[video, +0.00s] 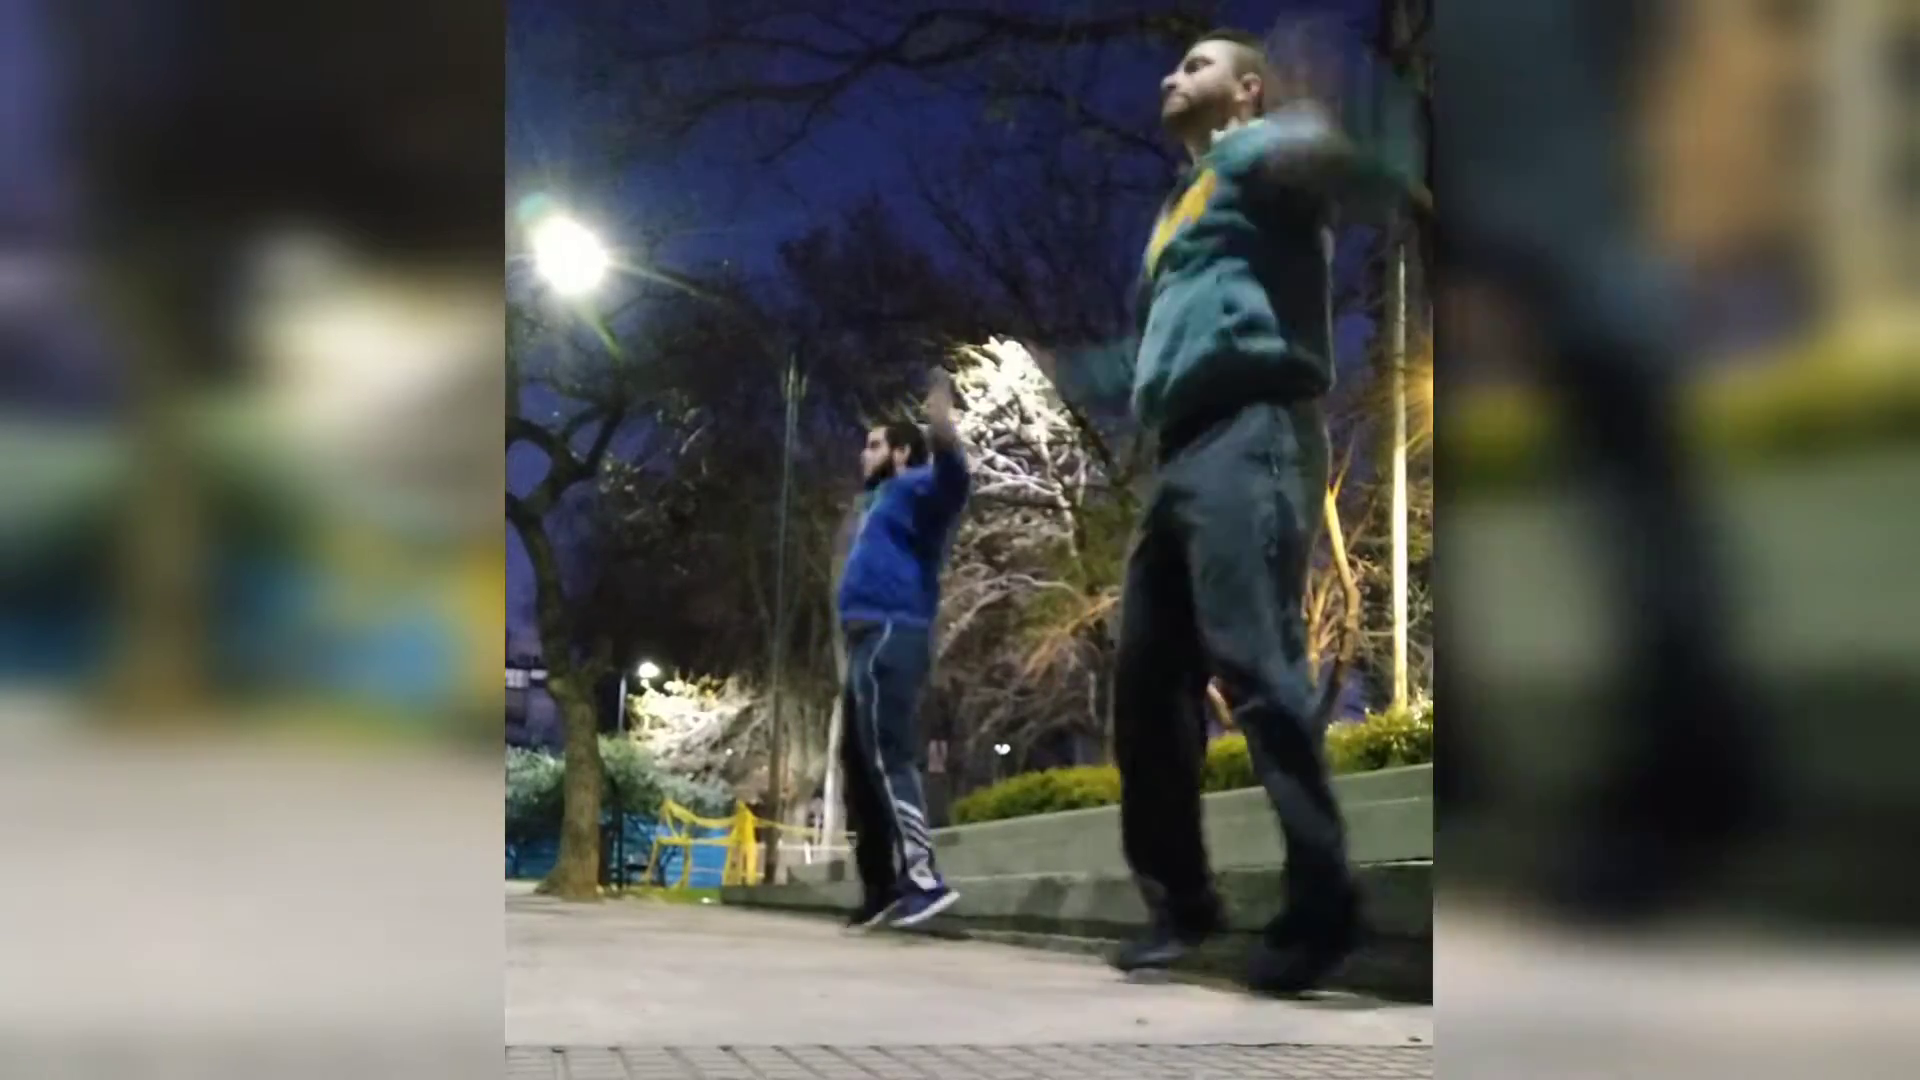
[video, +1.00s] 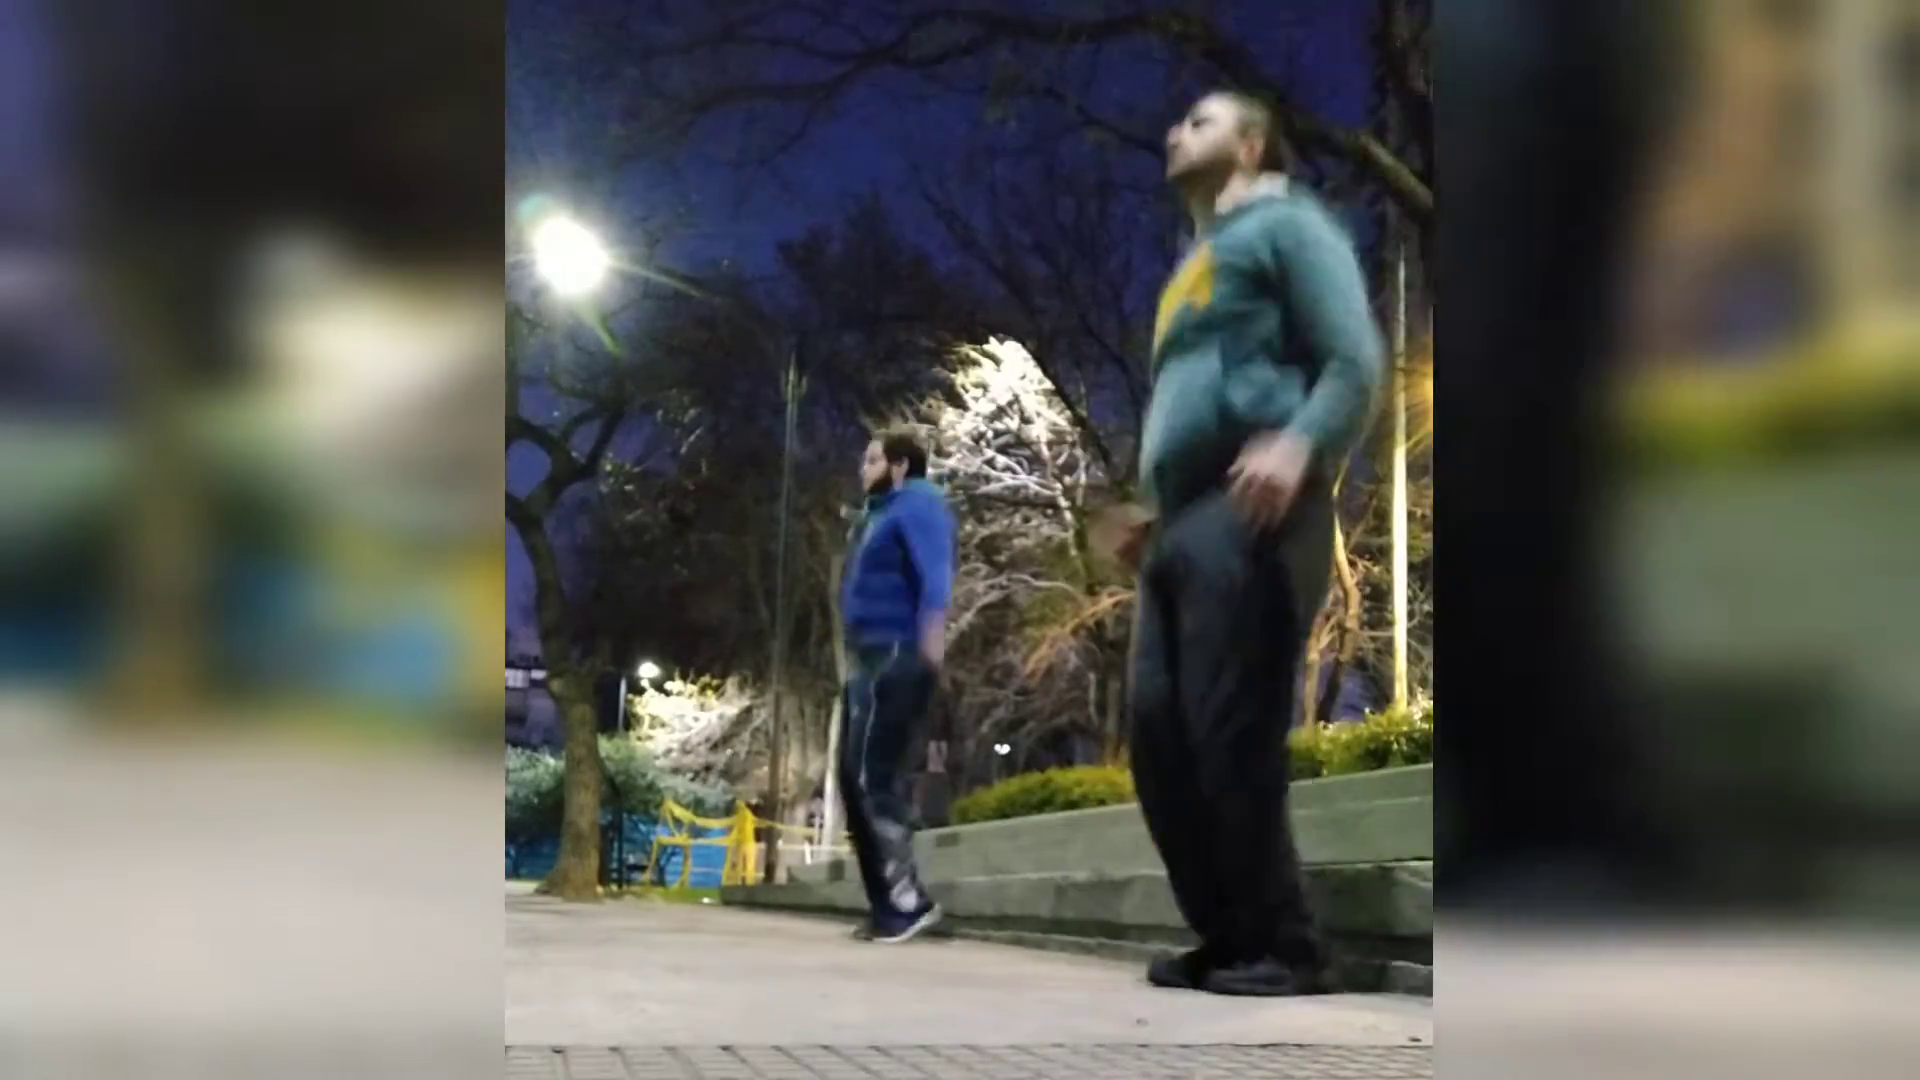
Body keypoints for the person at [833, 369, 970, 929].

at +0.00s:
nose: (863, 453)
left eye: (873, 445)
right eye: (865, 445)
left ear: (901, 451)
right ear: (888, 454)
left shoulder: (919, 488)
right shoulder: (880, 496)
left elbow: (953, 479)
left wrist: (943, 430)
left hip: (895, 629)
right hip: (863, 630)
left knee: (887, 753)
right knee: (860, 761)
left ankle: (922, 881)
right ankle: (880, 886)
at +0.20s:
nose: (857, 482)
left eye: (867, 474)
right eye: (859, 473)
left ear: (894, 480)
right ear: (887, 481)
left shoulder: (912, 524)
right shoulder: (880, 527)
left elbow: (926, 594)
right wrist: (854, 517)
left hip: (893, 670)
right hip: (867, 669)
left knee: (863, 789)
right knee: (847, 791)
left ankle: (909, 909)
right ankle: (890, 907)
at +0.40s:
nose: (862, 454)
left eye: (871, 445)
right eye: (864, 445)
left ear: (899, 450)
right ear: (890, 452)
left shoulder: (918, 489)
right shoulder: (879, 502)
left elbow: (933, 525)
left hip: (894, 634)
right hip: (861, 637)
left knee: (884, 758)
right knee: (863, 769)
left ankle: (911, 886)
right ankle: (879, 895)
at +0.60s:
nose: (863, 485)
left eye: (871, 477)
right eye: (865, 476)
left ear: (895, 483)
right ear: (881, 486)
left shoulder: (919, 522)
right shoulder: (875, 533)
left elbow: (924, 457)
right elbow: (858, 510)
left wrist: (921, 412)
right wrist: (871, 496)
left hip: (901, 659)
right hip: (866, 663)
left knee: (882, 783)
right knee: (857, 787)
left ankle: (931, 902)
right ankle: (887, 900)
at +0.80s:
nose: (867, 463)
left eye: (876, 454)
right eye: (869, 455)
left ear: (900, 461)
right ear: (885, 467)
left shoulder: (916, 501)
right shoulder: (878, 513)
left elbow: (934, 452)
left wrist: (927, 385)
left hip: (899, 636)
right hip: (860, 641)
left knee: (898, 768)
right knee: (863, 775)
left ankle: (926, 889)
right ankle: (876, 891)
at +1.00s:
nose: (863, 469)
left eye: (872, 460)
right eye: (865, 460)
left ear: (899, 465)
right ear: (894, 466)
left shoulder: (918, 503)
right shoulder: (881, 511)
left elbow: (935, 574)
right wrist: (858, 653)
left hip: (897, 657)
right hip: (867, 657)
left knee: (869, 775)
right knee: (855, 778)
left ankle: (904, 901)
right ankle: (886, 904)